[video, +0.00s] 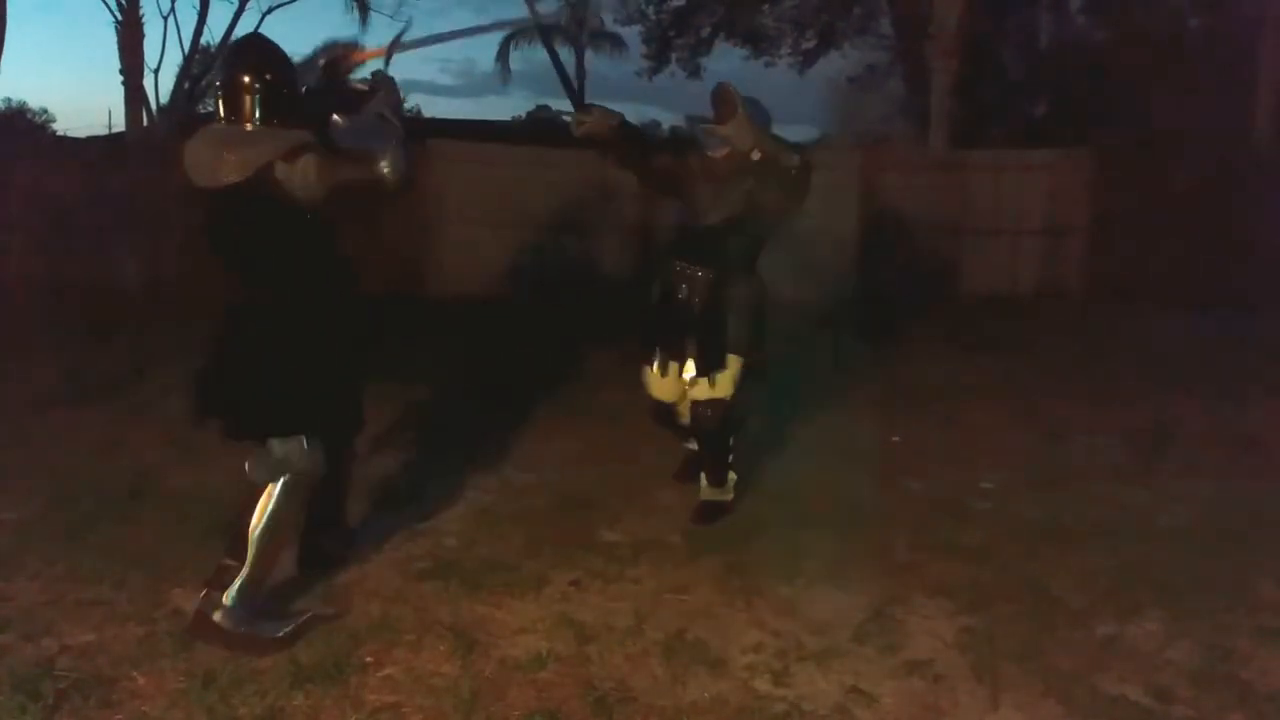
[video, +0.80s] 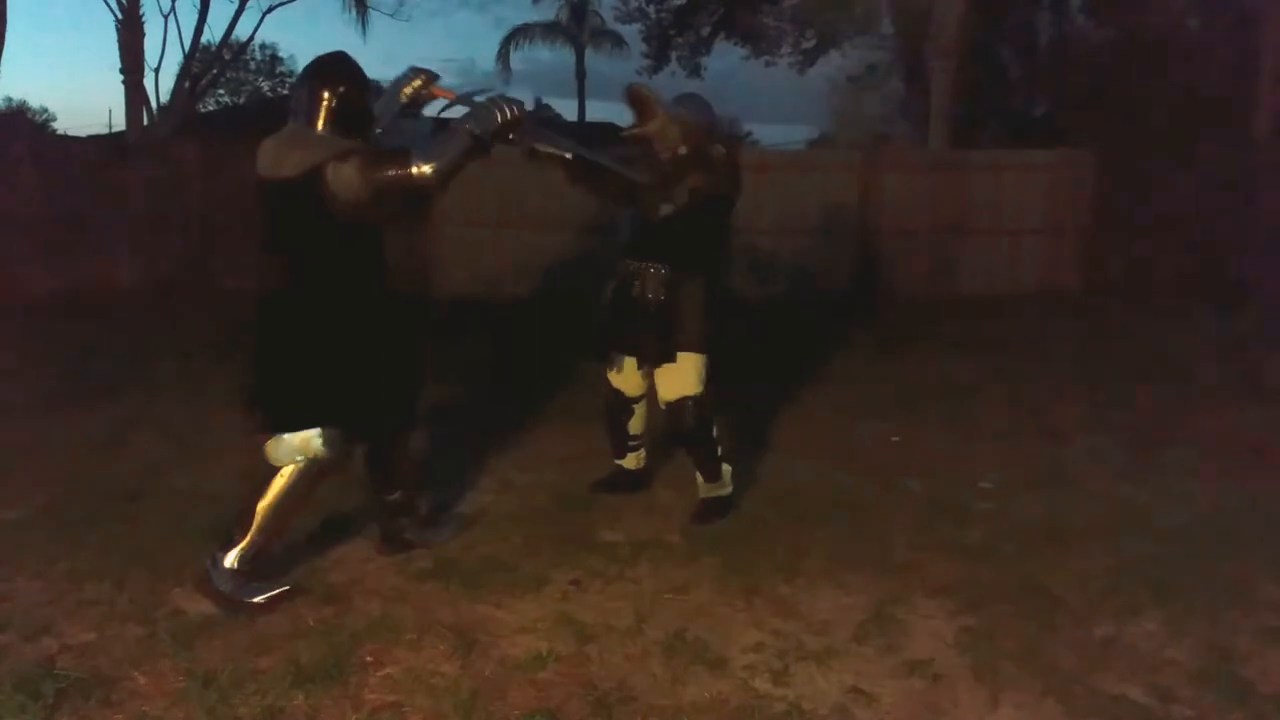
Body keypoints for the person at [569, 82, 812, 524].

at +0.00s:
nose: (715, 150)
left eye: (725, 142)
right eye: (711, 140)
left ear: (747, 144)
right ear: (704, 138)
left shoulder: (763, 186)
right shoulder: (687, 171)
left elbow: (796, 175)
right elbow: (646, 158)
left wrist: (758, 143)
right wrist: (613, 133)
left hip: (729, 288)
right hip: (677, 280)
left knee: (711, 399)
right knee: (663, 388)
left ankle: (719, 486)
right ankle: (698, 445)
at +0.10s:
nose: (707, 135)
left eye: (719, 128)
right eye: (706, 126)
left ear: (744, 134)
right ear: (702, 127)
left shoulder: (762, 179)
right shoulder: (686, 162)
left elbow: (781, 187)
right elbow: (642, 153)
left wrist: (751, 149)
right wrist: (604, 133)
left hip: (717, 289)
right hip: (665, 280)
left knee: (705, 393)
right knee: (642, 374)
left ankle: (715, 489)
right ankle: (663, 447)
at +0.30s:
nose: (705, 143)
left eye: (715, 134)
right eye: (701, 134)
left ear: (735, 137)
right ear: (695, 135)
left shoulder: (751, 182)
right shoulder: (672, 168)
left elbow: (762, 214)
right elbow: (629, 159)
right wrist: (586, 144)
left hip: (701, 293)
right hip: (650, 283)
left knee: (695, 395)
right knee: (624, 381)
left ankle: (714, 490)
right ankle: (629, 465)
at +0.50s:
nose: (680, 150)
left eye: (693, 141)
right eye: (678, 141)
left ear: (717, 143)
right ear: (673, 141)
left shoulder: (729, 185)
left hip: (687, 289)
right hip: (631, 279)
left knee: (686, 394)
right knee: (614, 384)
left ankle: (712, 490)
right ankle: (628, 467)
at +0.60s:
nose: (677, 142)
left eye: (688, 132)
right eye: (673, 133)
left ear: (711, 133)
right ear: (669, 132)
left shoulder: (732, 172)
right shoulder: (654, 163)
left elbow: (739, 209)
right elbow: (608, 143)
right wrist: (564, 131)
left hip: (687, 285)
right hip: (635, 279)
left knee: (683, 390)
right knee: (616, 383)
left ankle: (712, 487)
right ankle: (629, 467)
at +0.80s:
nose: (662, 138)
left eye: (675, 129)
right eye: (659, 130)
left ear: (697, 133)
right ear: (658, 132)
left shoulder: (714, 171)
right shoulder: (652, 166)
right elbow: (612, 186)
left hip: (686, 285)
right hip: (638, 280)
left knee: (680, 395)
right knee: (626, 383)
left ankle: (716, 486)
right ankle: (631, 467)